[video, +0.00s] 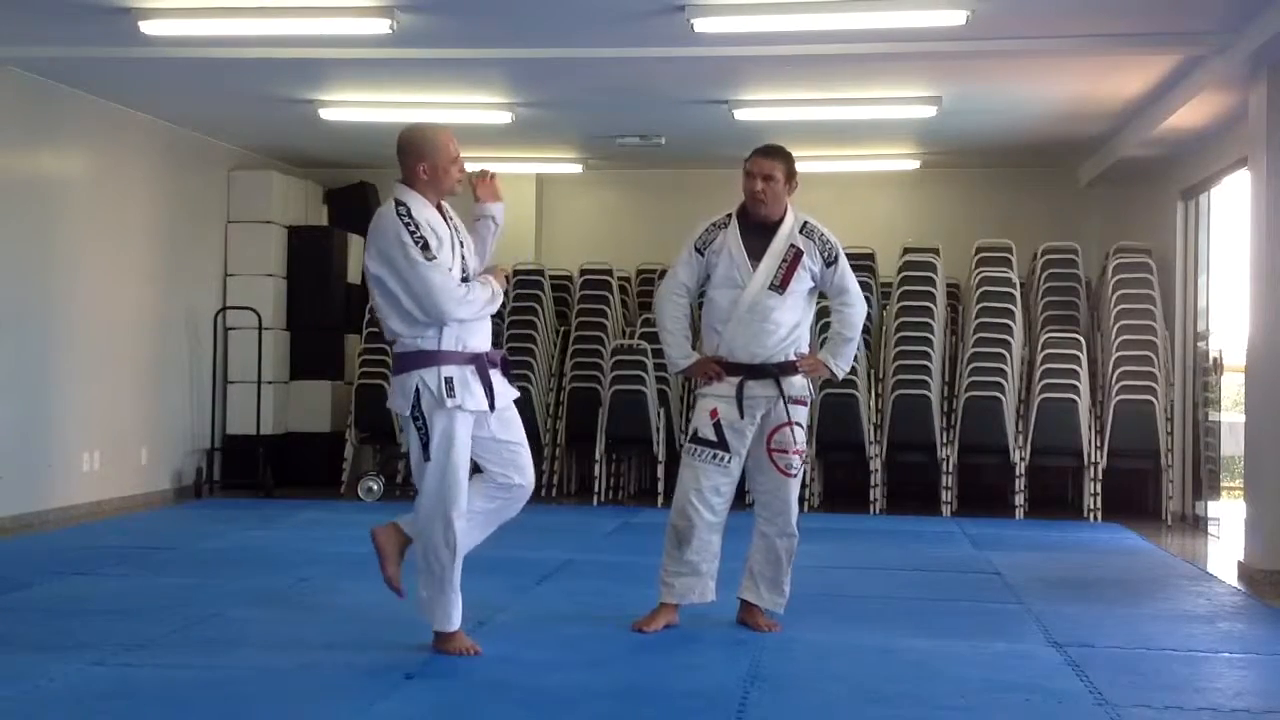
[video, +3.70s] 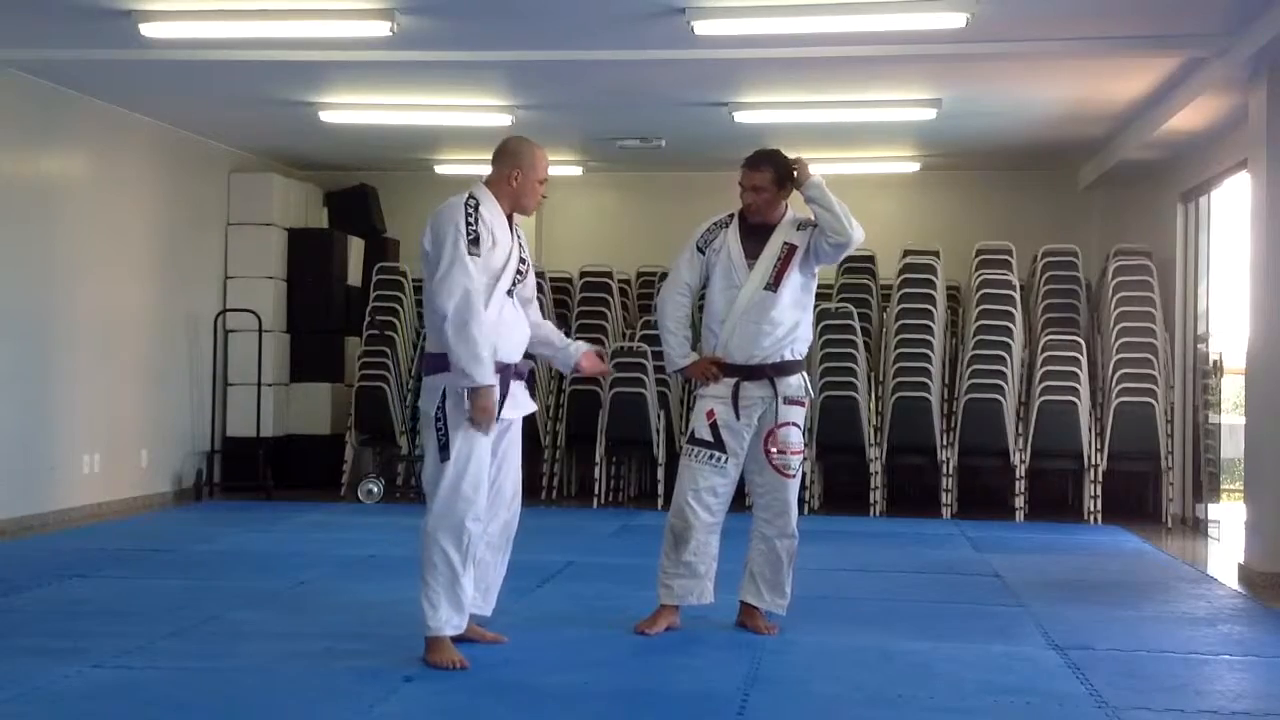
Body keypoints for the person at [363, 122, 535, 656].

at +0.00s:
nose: (462, 168)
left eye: (461, 159)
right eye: (455, 160)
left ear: (427, 168)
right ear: (424, 169)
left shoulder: (443, 217)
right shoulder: (396, 223)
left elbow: (471, 269)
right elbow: (441, 301)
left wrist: (488, 213)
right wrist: (491, 287)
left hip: (478, 374)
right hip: (433, 380)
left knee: (513, 480)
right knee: (443, 502)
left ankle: (404, 535)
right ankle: (446, 627)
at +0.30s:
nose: (440, 165)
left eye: (437, 156)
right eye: (431, 158)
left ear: (405, 166)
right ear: (400, 167)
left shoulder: (418, 216)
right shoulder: (383, 218)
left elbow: (463, 275)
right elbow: (434, 293)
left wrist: (471, 258)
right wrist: (471, 295)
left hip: (444, 375)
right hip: (416, 378)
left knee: (432, 498)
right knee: (438, 503)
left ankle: (350, 583)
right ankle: (445, 629)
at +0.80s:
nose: (413, 166)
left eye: (411, 157)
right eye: (402, 157)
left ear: (379, 167)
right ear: (370, 166)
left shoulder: (400, 223)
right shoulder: (339, 214)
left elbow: (449, 272)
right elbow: (387, 282)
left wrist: (391, 269)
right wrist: (422, 294)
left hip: (388, 375)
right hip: (350, 373)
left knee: (349, 490)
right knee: (390, 489)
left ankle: (310, 607)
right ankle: (407, 619)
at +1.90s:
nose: (433, 159)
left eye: (431, 150)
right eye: (423, 151)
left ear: (399, 156)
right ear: (391, 157)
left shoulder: (421, 212)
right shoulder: (360, 213)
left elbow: (455, 275)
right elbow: (402, 303)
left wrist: (406, 273)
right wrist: (438, 284)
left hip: (406, 375)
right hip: (360, 376)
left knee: (423, 490)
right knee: (363, 502)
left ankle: (374, 602)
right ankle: (348, 635)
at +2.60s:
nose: (502, 180)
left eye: (502, 170)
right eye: (497, 170)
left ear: (472, 171)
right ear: (466, 171)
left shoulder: (489, 224)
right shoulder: (416, 221)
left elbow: (525, 288)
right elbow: (451, 300)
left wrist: (465, 276)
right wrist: (499, 300)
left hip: (484, 375)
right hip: (432, 372)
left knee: (485, 494)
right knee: (432, 485)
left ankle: (455, 614)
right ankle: (378, 619)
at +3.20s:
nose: (537, 191)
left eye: (539, 181)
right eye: (534, 180)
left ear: (509, 174)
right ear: (505, 174)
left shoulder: (512, 232)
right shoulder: (452, 215)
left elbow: (549, 305)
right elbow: (483, 299)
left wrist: (541, 289)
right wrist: (526, 308)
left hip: (499, 388)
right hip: (454, 386)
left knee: (497, 507)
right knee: (453, 508)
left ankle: (466, 617)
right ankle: (439, 633)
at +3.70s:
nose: (545, 191)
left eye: (546, 181)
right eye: (541, 180)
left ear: (514, 176)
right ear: (513, 176)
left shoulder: (514, 236)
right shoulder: (462, 215)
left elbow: (524, 318)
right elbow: (456, 303)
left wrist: (573, 355)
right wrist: (480, 381)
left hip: (506, 385)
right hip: (460, 382)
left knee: (497, 506)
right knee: (455, 508)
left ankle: (466, 617)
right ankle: (439, 632)